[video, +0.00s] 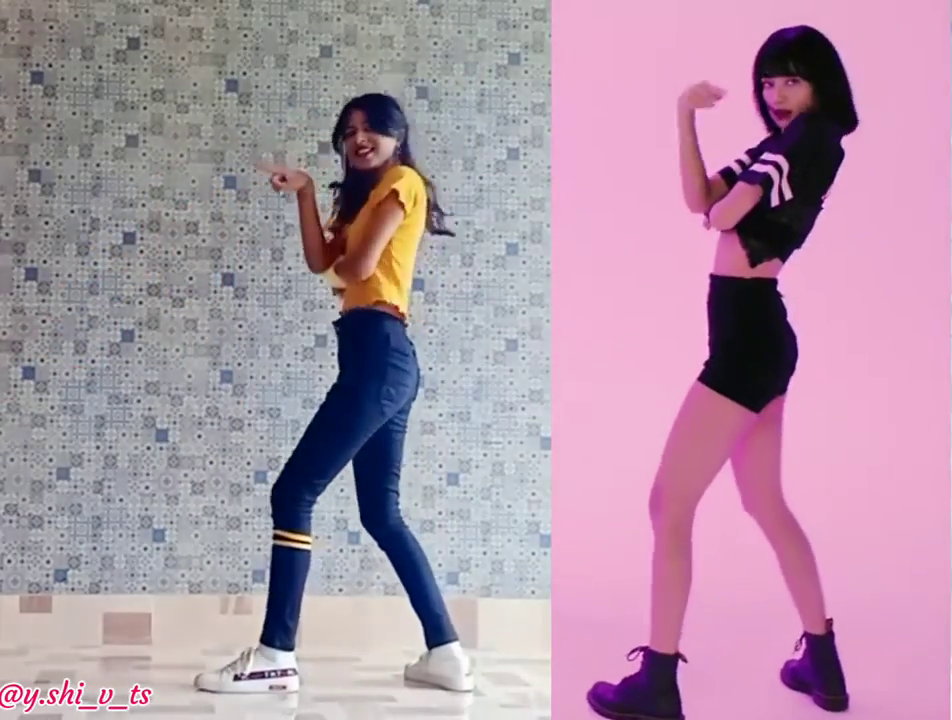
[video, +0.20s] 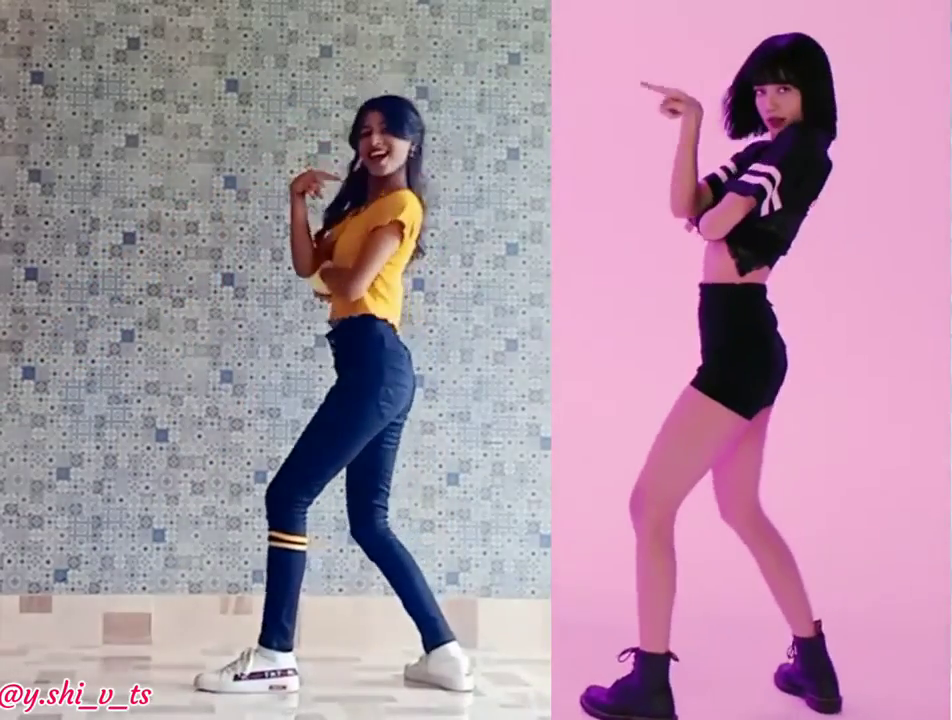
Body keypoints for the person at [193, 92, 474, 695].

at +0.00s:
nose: (359, 140)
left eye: (371, 129)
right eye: (350, 134)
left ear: (397, 136)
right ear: (345, 146)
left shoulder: (401, 182)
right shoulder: (367, 193)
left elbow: (360, 270)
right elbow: (318, 258)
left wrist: (339, 254)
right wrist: (306, 192)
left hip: (376, 357)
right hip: (385, 359)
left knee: (293, 493)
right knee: (383, 516)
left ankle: (274, 656)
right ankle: (446, 652)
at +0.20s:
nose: (375, 142)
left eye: (389, 132)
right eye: (366, 134)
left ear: (412, 144)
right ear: (358, 145)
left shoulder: (401, 203)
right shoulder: (359, 207)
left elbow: (355, 284)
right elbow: (305, 263)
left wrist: (325, 282)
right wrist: (299, 203)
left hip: (372, 368)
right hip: (383, 370)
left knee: (286, 496)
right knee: (371, 525)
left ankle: (273, 656)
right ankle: (443, 651)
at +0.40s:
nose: (356, 148)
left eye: (371, 142)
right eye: (351, 139)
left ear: (395, 157)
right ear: (342, 151)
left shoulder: (384, 205)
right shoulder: (362, 219)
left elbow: (362, 296)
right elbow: (305, 286)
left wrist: (331, 291)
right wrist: (286, 218)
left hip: (380, 382)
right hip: (387, 383)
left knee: (270, 496)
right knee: (359, 535)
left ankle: (271, 657)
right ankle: (444, 652)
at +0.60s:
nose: (349, 168)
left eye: (364, 161)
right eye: (345, 158)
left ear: (389, 177)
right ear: (339, 169)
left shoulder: (376, 224)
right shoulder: (361, 234)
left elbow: (354, 315)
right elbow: (301, 305)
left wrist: (327, 307)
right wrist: (282, 239)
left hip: (382, 401)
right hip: (401, 403)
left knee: (261, 500)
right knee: (359, 544)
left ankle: (270, 656)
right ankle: (444, 652)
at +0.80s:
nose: (343, 167)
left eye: (355, 160)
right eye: (341, 158)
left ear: (384, 173)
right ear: (344, 167)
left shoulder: (361, 217)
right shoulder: (381, 225)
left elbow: (345, 310)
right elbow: (298, 299)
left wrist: (326, 300)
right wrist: (274, 227)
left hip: (383, 397)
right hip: (408, 400)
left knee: (265, 496)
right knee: (361, 540)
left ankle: (265, 654)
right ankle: (443, 651)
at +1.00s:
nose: (337, 214)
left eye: (351, 212)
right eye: (340, 204)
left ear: (372, 234)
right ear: (339, 210)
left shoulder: (335, 264)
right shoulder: (377, 273)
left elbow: (328, 367)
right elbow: (283, 347)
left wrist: (316, 328)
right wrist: (281, 278)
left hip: (393, 437)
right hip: (427, 435)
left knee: (262, 501)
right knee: (353, 557)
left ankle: (267, 654)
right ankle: (446, 651)